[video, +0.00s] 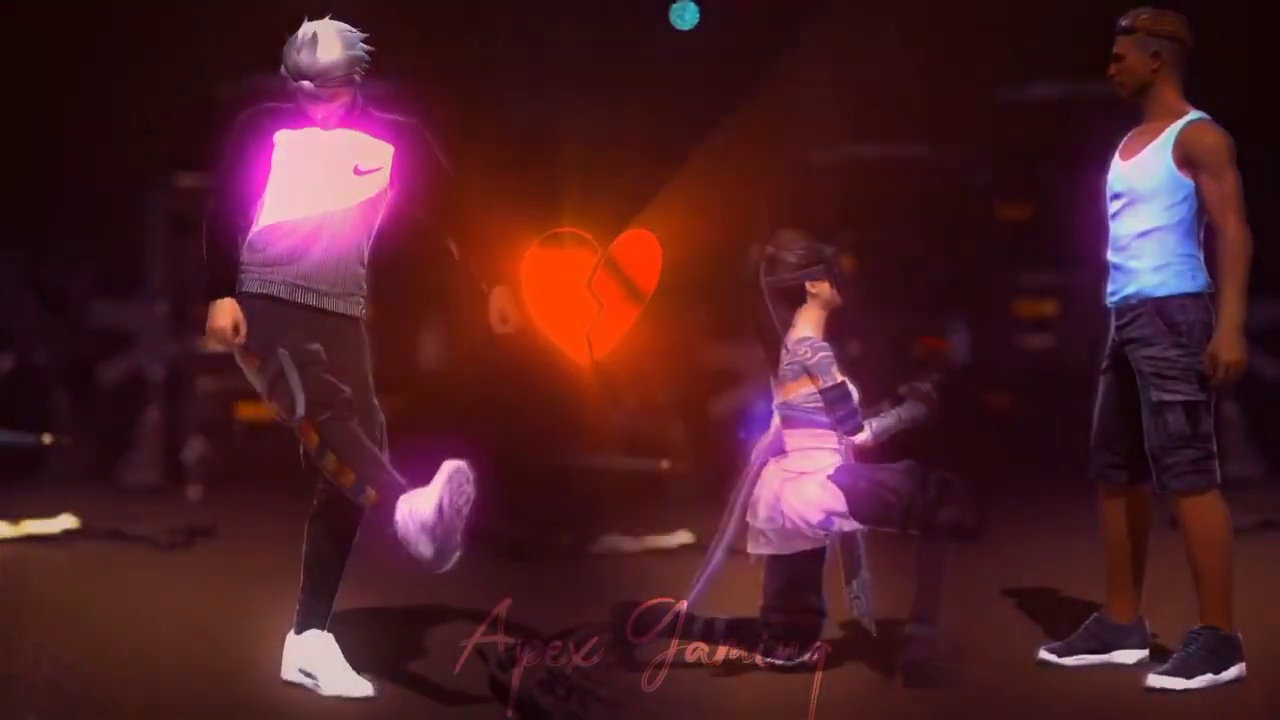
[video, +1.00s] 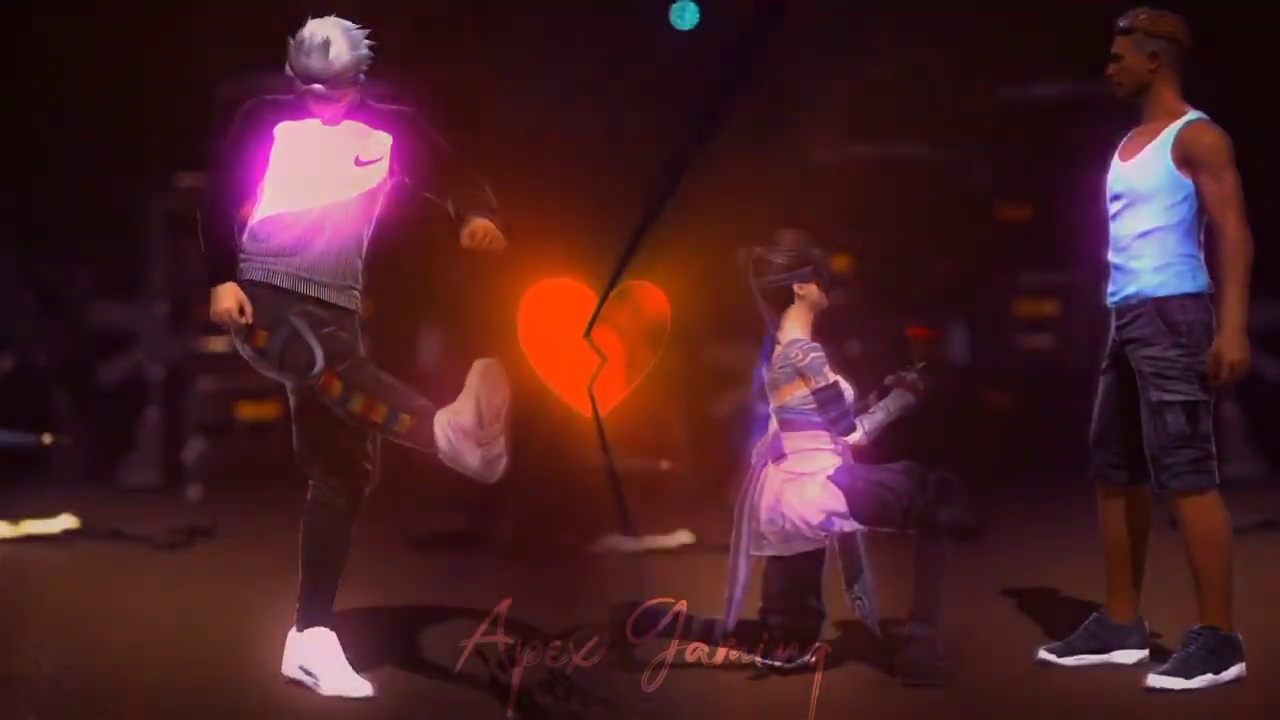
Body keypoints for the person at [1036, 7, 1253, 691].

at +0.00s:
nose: (1111, 67)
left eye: (1121, 57)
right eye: (1112, 58)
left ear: (1158, 61)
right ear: (1142, 64)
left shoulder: (1200, 135)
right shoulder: (1131, 142)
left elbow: (1234, 233)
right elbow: (1133, 241)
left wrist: (1229, 328)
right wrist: (1118, 320)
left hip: (1173, 319)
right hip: (1125, 322)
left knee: (1189, 477)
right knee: (1117, 471)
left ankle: (1216, 637)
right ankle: (1121, 623)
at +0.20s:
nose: (1111, 67)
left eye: (1121, 57)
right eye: (1111, 57)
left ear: (1158, 61)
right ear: (1141, 64)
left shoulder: (1199, 135)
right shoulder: (1131, 142)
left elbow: (1234, 233)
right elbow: (1134, 241)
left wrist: (1229, 328)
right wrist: (1118, 320)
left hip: (1173, 319)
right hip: (1125, 322)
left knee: (1189, 477)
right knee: (1117, 471)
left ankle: (1216, 637)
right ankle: (1121, 623)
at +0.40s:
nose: (1110, 67)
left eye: (1120, 57)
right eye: (1111, 57)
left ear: (1157, 61)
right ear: (1140, 65)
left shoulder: (1199, 135)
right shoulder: (1132, 141)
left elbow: (1233, 233)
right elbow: (1135, 240)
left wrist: (1230, 328)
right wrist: (1119, 321)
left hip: (1173, 320)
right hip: (1125, 322)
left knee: (1189, 476)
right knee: (1116, 469)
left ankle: (1216, 637)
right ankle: (1121, 623)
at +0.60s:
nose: (1110, 67)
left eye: (1120, 57)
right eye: (1111, 58)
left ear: (1156, 62)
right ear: (1141, 65)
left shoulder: (1199, 135)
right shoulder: (1131, 143)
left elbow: (1233, 232)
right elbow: (1135, 241)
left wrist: (1231, 328)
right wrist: (1119, 321)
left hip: (1172, 320)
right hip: (1125, 323)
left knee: (1189, 477)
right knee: (1116, 471)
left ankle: (1217, 636)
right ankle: (1120, 622)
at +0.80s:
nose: (1110, 67)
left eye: (1119, 57)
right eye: (1110, 57)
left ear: (1156, 62)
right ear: (1142, 64)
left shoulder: (1199, 135)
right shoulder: (1131, 143)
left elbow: (1233, 232)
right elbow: (1134, 242)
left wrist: (1231, 327)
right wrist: (1118, 323)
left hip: (1172, 320)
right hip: (1125, 323)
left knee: (1189, 477)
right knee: (1115, 470)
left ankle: (1216, 636)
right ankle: (1120, 623)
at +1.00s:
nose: (1110, 67)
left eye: (1119, 57)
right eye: (1110, 57)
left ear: (1156, 61)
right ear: (1141, 64)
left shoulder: (1198, 135)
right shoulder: (1131, 142)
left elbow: (1234, 234)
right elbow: (1135, 242)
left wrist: (1231, 329)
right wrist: (1119, 323)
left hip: (1173, 320)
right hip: (1126, 323)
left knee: (1188, 477)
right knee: (1116, 471)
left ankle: (1216, 636)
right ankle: (1120, 623)